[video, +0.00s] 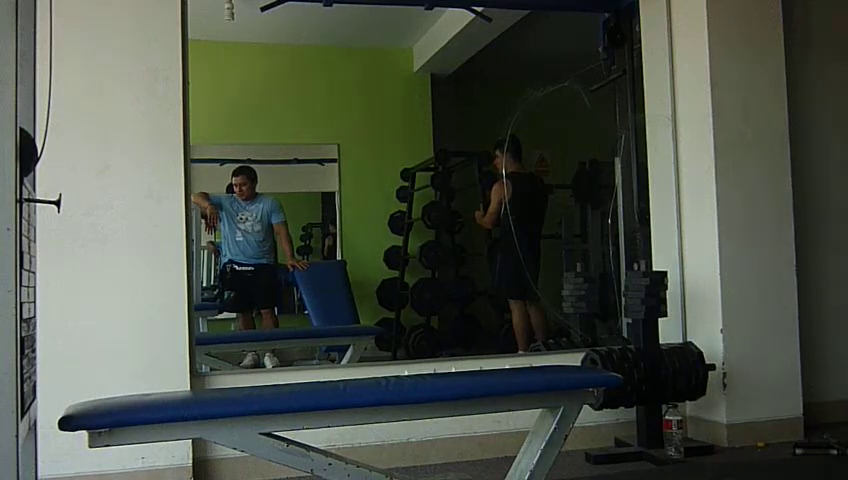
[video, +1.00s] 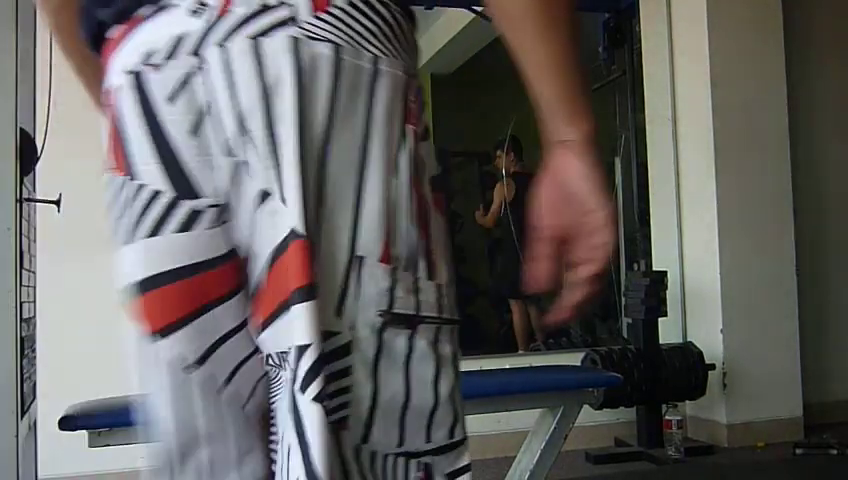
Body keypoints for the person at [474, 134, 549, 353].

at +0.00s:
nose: (495, 163)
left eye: (496, 157)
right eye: (495, 158)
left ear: (503, 157)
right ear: (519, 156)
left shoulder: (501, 186)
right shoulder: (536, 183)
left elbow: (490, 221)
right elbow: (537, 216)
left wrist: (480, 217)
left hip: (510, 248)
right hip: (533, 246)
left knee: (516, 301)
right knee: (533, 299)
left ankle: (523, 352)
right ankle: (542, 347)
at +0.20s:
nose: (495, 163)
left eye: (496, 157)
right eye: (495, 158)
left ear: (504, 156)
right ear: (519, 156)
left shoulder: (502, 186)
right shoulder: (537, 182)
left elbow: (490, 221)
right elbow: (537, 216)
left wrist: (480, 217)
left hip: (510, 248)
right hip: (533, 246)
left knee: (516, 301)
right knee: (533, 298)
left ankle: (522, 352)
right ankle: (542, 347)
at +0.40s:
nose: (495, 162)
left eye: (497, 157)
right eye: (495, 157)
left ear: (504, 156)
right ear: (519, 156)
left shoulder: (503, 186)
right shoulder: (537, 182)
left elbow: (490, 221)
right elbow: (537, 216)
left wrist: (480, 217)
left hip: (510, 248)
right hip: (533, 246)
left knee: (516, 301)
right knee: (533, 299)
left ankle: (522, 352)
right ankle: (542, 347)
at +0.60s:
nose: (495, 163)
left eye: (497, 157)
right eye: (495, 157)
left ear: (506, 156)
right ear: (519, 156)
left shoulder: (503, 185)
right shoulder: (537, 182)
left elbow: (490, 220)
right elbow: (538, 215)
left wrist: (480, 217)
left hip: (511, 248)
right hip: (533, 245)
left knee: (516, 301)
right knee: (533, 298)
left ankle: (523, 352)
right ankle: (542, 347)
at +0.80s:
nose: (496, 163)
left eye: (497, 157)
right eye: (495, 158)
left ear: (507, 156)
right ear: (519, 156)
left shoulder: (504, 185)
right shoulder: (537, 182)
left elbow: (490, 221)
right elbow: (537, 215)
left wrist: (480, 217)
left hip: (511, 247)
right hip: (533, 245)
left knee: (516, 301)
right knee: (532, 298)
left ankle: (522, 353)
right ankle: (542, 346)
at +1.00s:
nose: (497, 162)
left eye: (498, 157)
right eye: (497, 157)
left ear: (509, 156)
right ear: (518, 157)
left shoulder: (504, 186)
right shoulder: (532, 180)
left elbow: (491, 220)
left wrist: (480, 217)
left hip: (511, 248)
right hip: (533, 243)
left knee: (516, 302)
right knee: (532, 299)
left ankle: (522, 351)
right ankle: (542, 345)